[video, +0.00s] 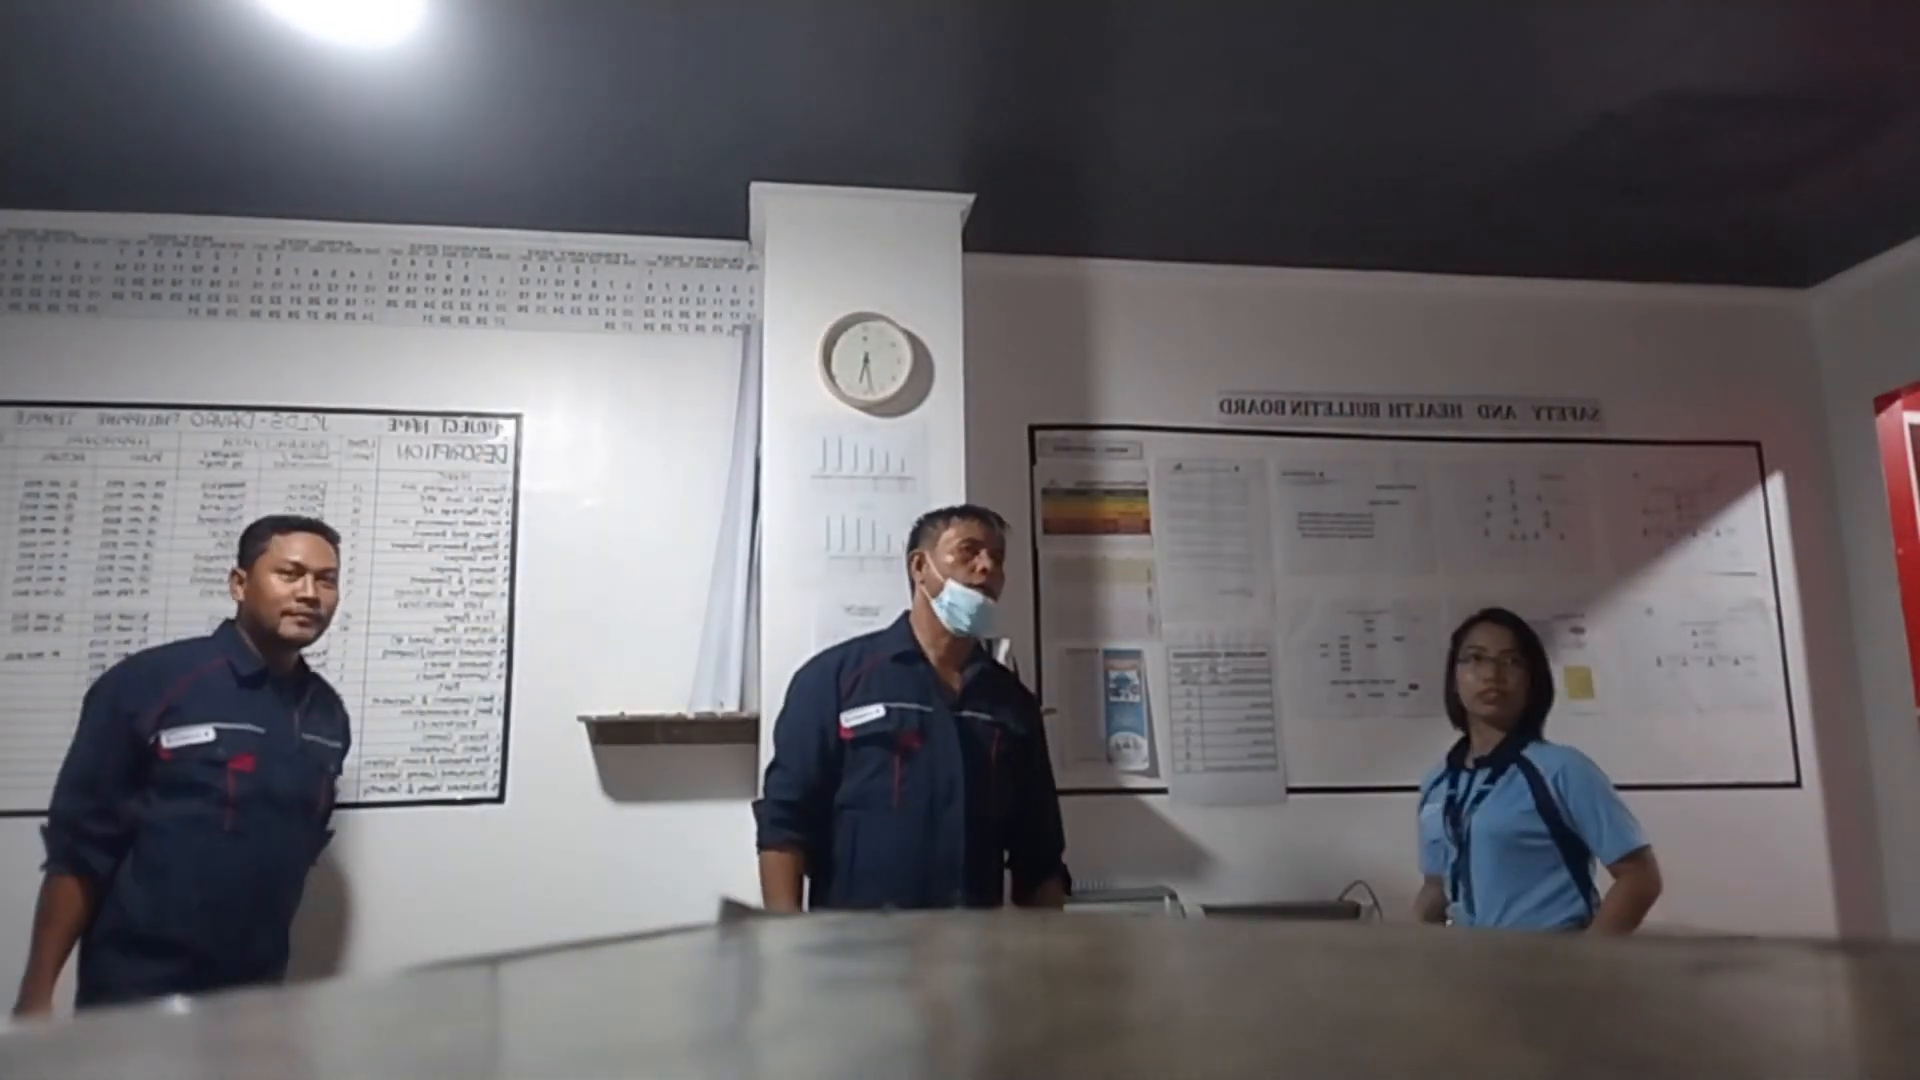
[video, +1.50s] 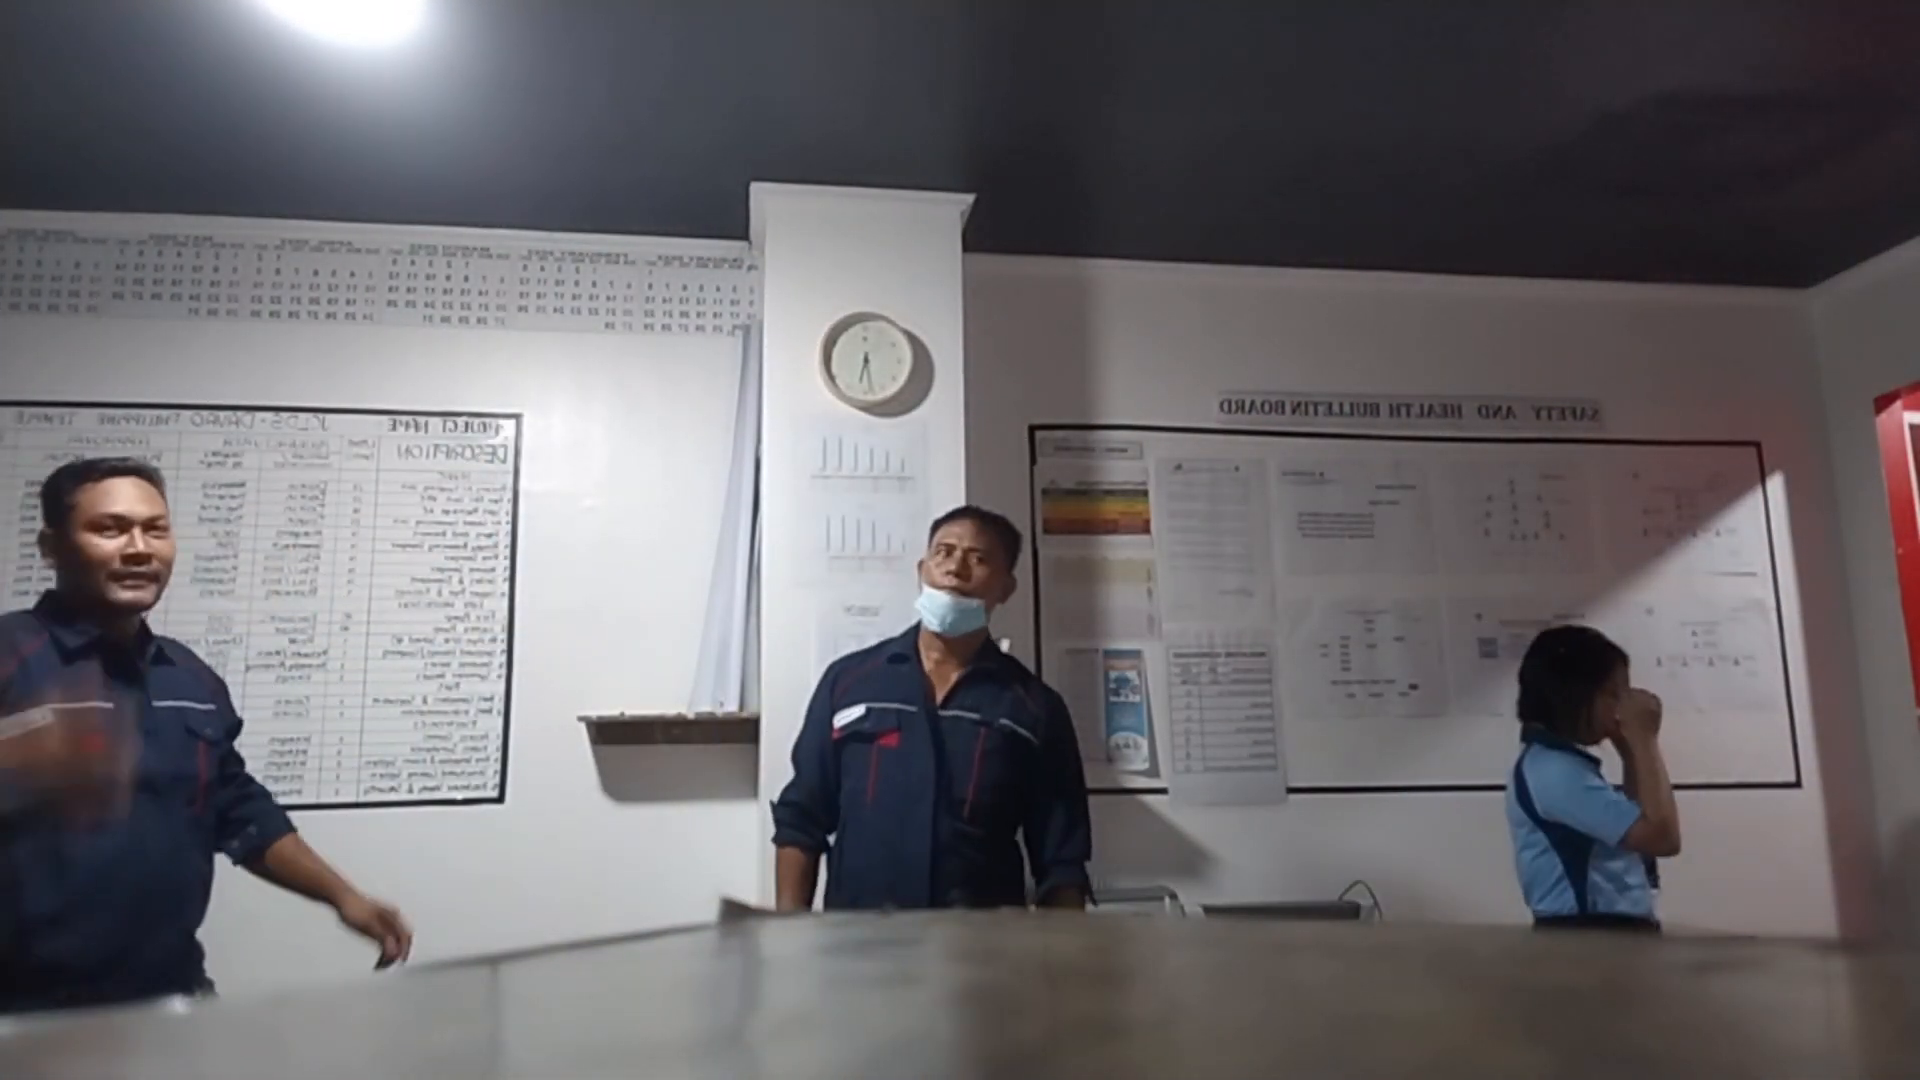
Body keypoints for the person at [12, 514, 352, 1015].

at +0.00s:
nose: (311, 594)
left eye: (325, 579)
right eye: (290, 574)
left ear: (337, 597)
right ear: (241, 585)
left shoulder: (327, 717)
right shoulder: (141, 688)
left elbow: (293, 859)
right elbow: (80, 853)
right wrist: (35, 998)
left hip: (252, 1000)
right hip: (133, 1000)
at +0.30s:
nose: (274, 574)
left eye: (289, 560)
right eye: (253, 557)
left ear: (304, 581)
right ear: (205, 575)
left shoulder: (312, 704)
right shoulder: (114, 676)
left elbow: (324, 824)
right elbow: (26, 815)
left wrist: (349, 926)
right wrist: (8, 955)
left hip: (243, 989)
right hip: (122, 986)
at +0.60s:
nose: (213, 576)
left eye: (229, 561)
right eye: (189, 559)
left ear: (245, 579)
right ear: (143, 579)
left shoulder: (277, 692)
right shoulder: (65, 690)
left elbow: (338, 789)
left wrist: (437, 826)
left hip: (222, 986)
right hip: (91, 991)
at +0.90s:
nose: (126, 573)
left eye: (138, 548)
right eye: (96, 563)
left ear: (162, 554)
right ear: (59, 585)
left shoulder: (223, 677)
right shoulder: (30, 676)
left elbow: (283, 794)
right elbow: (16, 637)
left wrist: (360, 888)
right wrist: (64, 537)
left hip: (180, 1002)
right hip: (48, 1009)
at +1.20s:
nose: (130, 555)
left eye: (135, 531)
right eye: (95, 545)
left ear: (153, 534)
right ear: (41, 574)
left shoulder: (195, 672)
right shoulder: (13, 663)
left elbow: (218, 795)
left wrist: (292, 872)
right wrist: (8, 514)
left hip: (159, 1002)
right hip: (29, 1010)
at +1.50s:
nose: (139, 549)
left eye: (154, 529)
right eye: (110, 529)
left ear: (173, 542)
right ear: (52, 547)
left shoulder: (190, 682)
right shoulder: (11, 658)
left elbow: (237, 811)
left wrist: (345, 897)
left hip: (166, 1003)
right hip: (29, 1009)